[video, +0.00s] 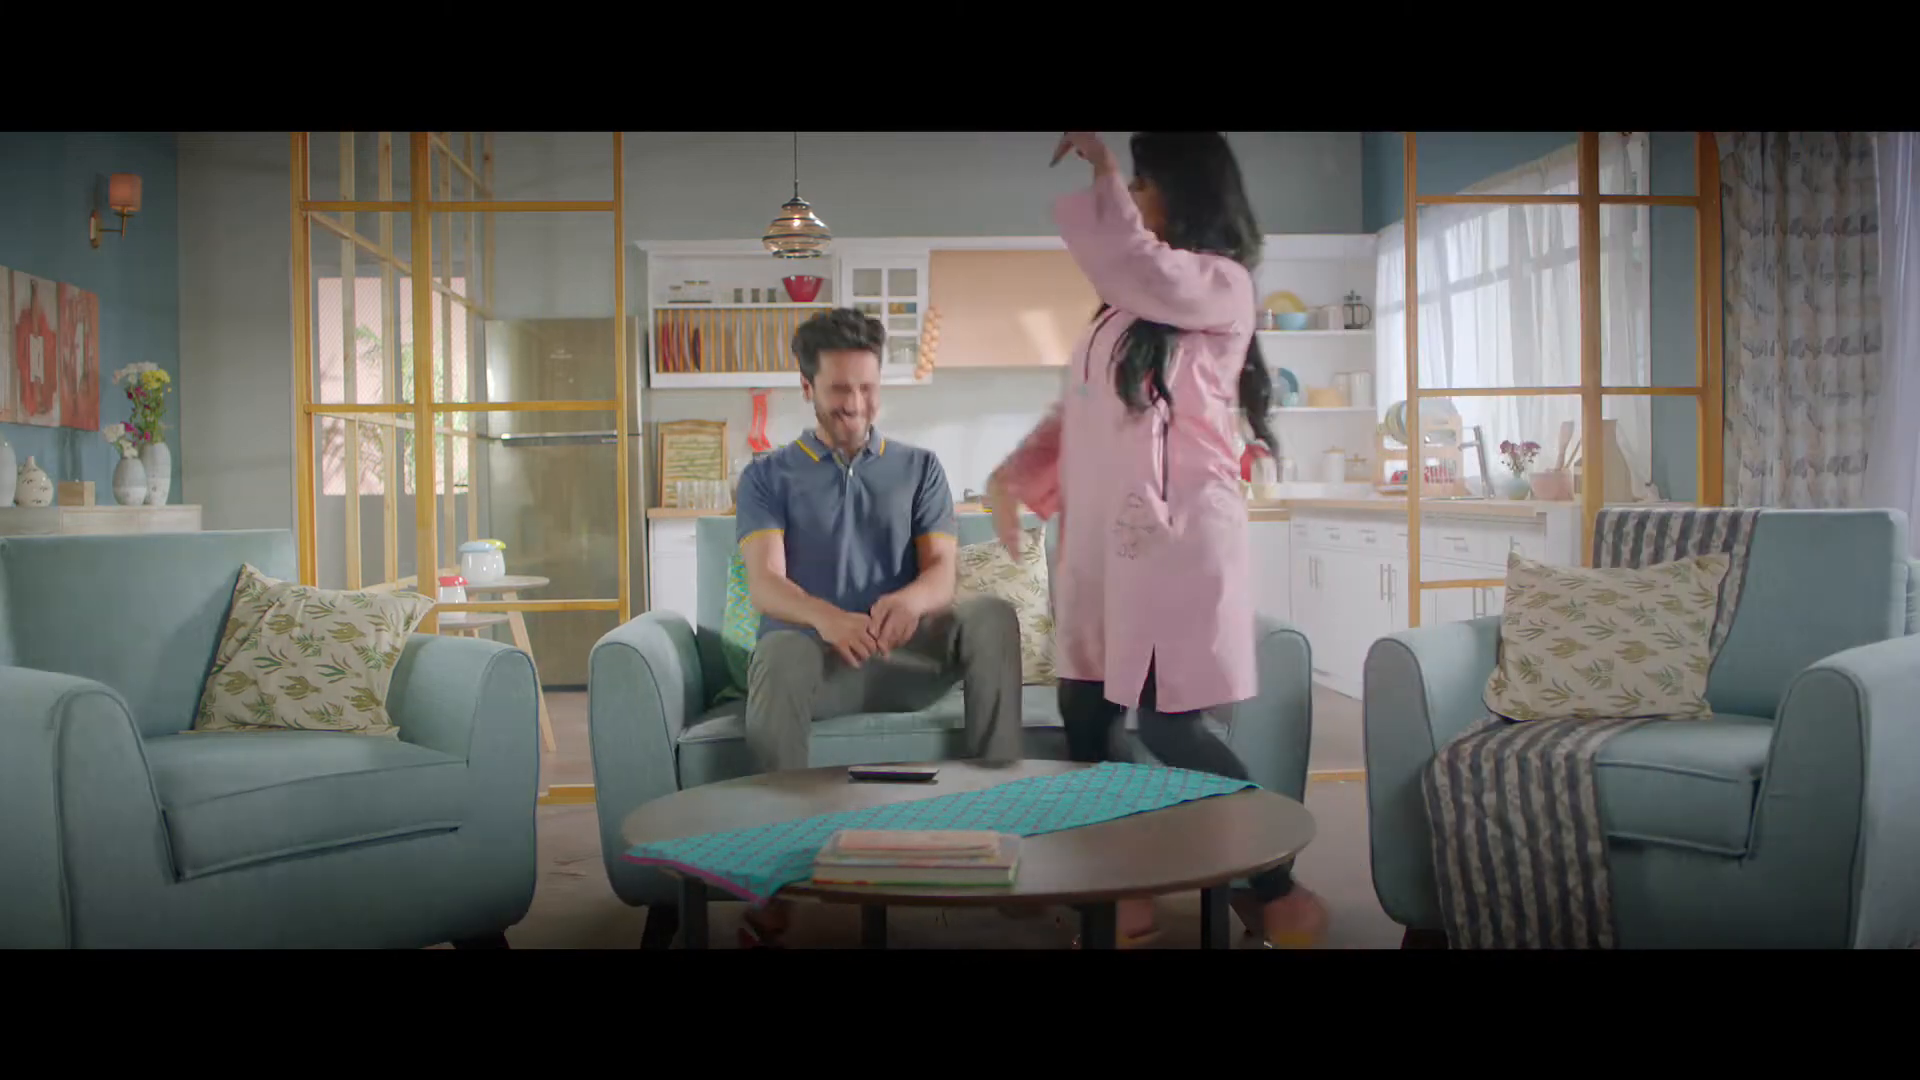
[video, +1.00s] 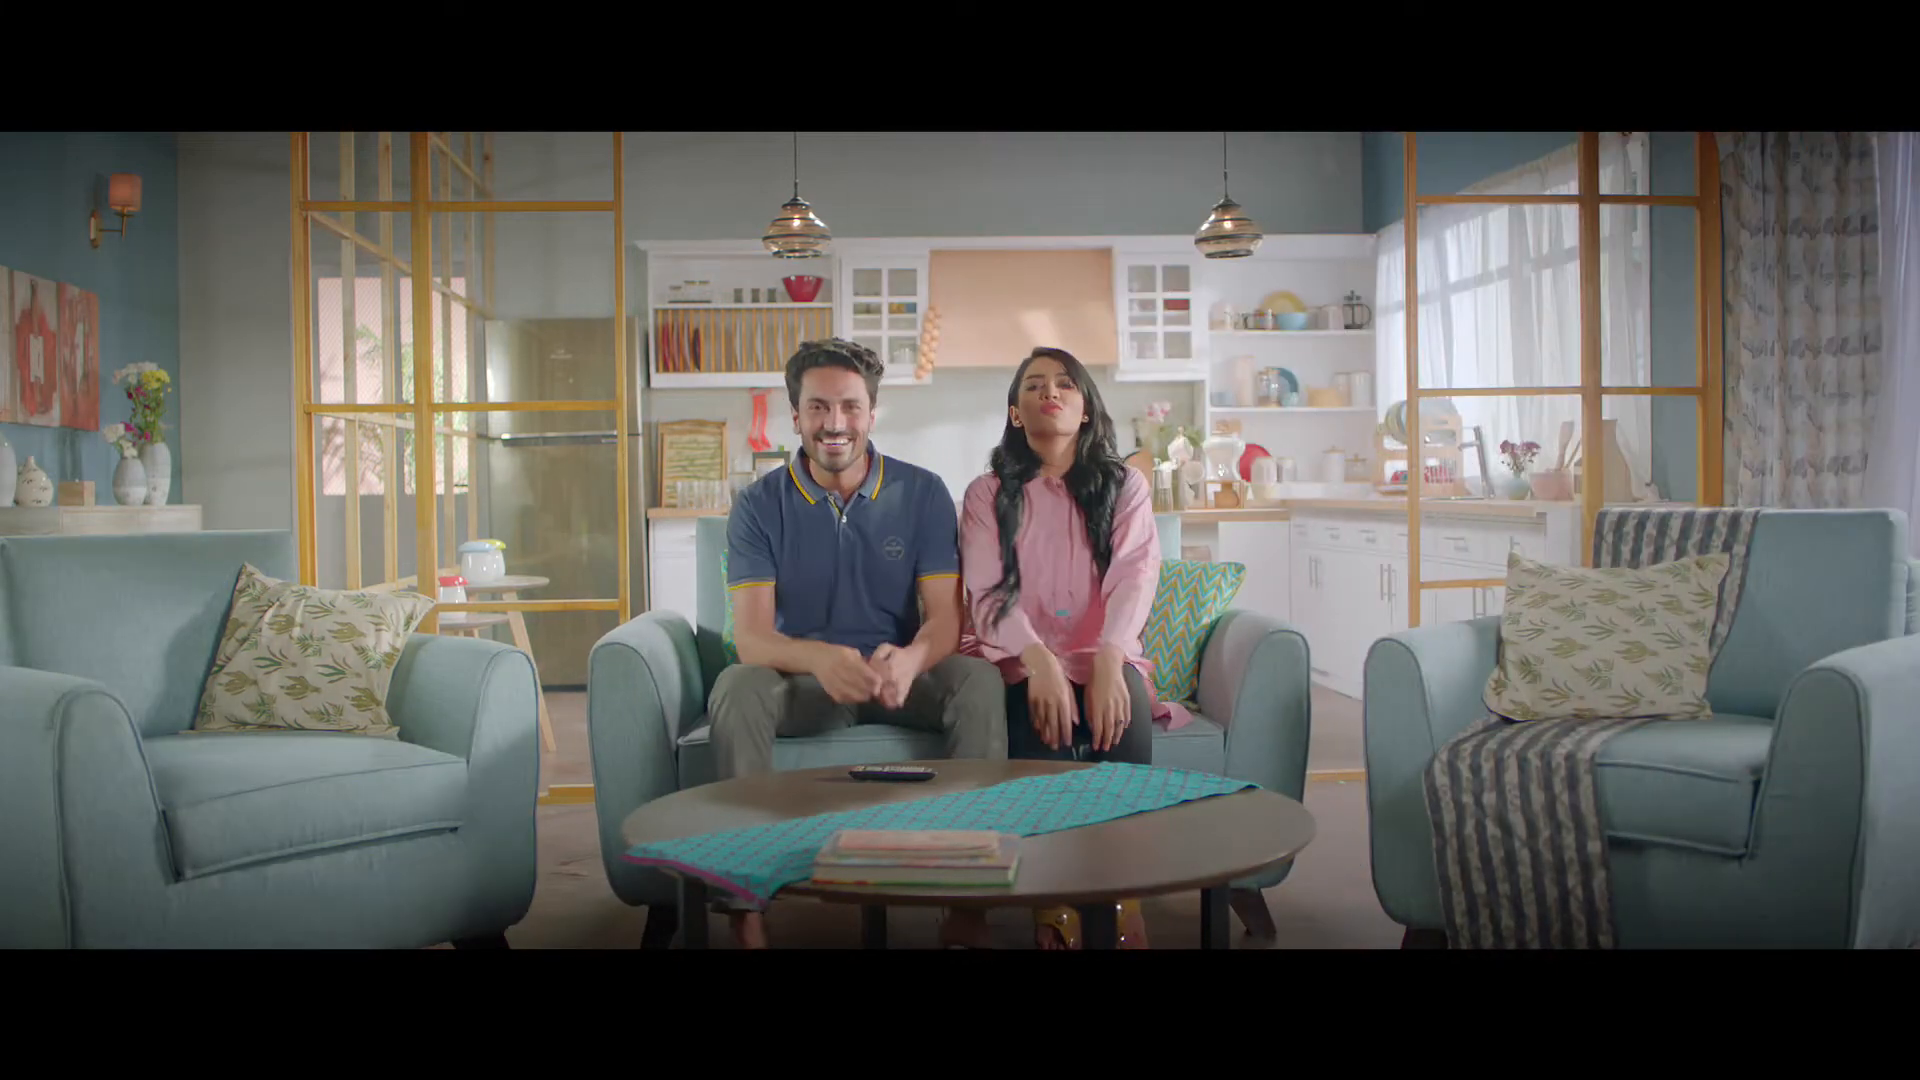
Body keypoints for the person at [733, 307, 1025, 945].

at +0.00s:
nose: (854, 404)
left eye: (866, 388)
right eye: (839, 389)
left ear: (881, 385)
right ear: (808, 387)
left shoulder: (919, 468)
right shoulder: (768, 477)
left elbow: (941, 574)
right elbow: (766, 586)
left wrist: (912, 599)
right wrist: (831, 619)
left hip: (906, 656)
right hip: (823, 660)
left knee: (992, 617)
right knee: (781, 650)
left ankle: (999, 797)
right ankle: (779, 830)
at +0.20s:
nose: (845, 393)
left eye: (856, 381)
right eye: (828, 384)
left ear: (874, 396)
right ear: (805, 407)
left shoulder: (919, 496)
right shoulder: (772, 504)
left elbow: (940, 613)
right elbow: (746, 626)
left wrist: (914, 595)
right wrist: (813, 641)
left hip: (904, 668)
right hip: (816, 675)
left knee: (966, 646)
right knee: (767, 692)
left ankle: (950, 847)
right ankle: (754, 907)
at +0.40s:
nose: (843, 377)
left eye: (856, 363)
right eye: (826, 365)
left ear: (876, 376)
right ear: (803, 382)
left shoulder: (912, 474)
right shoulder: (760, 480)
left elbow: (925, 593)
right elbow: (734, 601)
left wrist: (891, 609)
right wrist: (809, 643)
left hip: (895, 655)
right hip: (807, 659)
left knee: (964, 688)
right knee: (775, 711)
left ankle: (948, 874)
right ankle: (774, 904)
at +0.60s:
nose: (839, 401)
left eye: (855, 385)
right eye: (823, 384)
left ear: (876, 393)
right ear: (800, 392)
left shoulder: (913, 476)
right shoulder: (756, 488)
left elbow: (923, 599)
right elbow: (744, 623)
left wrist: (908, 653)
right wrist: (813, 675)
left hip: (891, 660)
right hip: (803, 668)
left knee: (976, 698)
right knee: (758, 711)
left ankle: (951, 891)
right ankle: (766, 915)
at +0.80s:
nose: (836, 424)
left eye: (851, 408)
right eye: (820, 408)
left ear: (873, 416)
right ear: (796, 416)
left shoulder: (919, 495)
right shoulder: (758, 503)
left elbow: (936, 620)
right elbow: (745, 637)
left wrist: (908, 648)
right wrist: (801, 633)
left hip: (899, 678)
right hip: (810, 680)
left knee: (979, 695)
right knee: (749, 702)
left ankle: (954, 896)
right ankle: (766, 913)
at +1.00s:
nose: (836, 423)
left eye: (851, 407)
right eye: (819, 407)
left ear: (873, 414)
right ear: (796, 415)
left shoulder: (921, 493)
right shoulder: (760, 504)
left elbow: (945, 618)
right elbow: (752, 642)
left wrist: (911, 657)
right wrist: (817, 657)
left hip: (898, 675)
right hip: (804, 679)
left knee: (978, 682)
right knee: (737, 691)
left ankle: (968, 890)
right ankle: (747, 909)